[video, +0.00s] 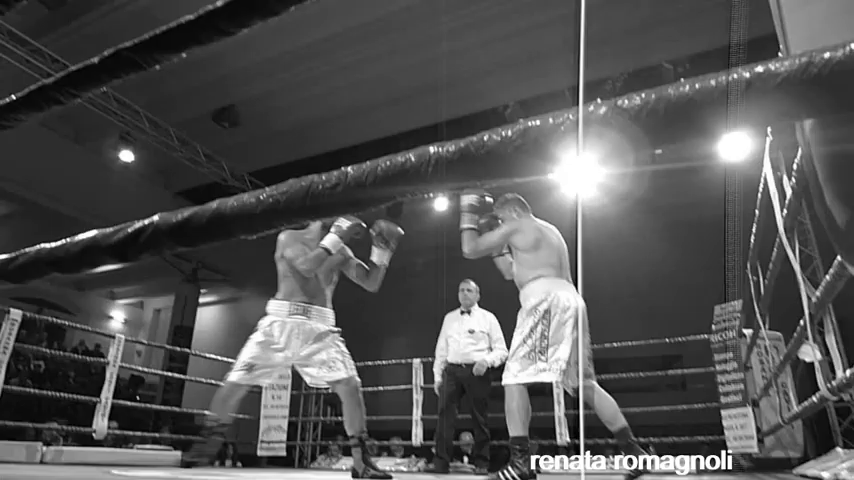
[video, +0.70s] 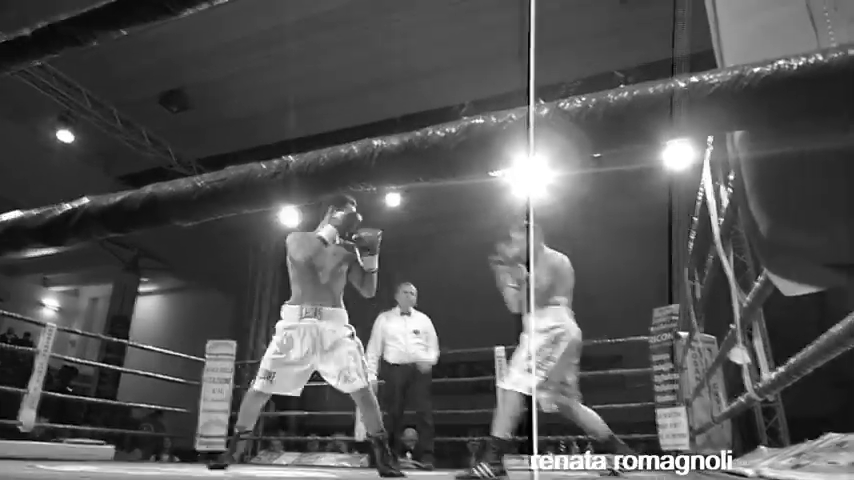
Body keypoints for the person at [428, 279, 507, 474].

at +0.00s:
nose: (465, 294)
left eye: (469, 291)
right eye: (462, 291)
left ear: (478, 295)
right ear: (458, 295)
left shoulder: (488, 318)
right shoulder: (450, 318)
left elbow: (502, 349)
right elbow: (441, 350)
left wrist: (487, 361)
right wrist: (438, 376)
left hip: (477, 369)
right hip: (452, 370)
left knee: (479, 417)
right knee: (445, 413)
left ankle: (481, 462)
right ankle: (441, 460)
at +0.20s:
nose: (454, 309)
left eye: (458, 306)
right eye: (450, 305)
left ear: (466, 311)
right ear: (445, 309)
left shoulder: (475, 332)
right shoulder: (437, 333)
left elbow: (486, 364)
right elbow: (429, 365)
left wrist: (466, 372)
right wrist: (426, 392)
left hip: (464, 384)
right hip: (439, 383)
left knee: (465, 430)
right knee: (433, 429)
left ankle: (468, 471)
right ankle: (431, 470)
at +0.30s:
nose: (442, 297)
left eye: (443, 293)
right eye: (437, 293)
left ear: (444, 296)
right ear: (428, 296)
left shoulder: (453, 319)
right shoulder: (416, 321)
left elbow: (466, 352)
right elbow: (408, 352)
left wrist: (450, 360)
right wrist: (407, 381)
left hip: (447, 372)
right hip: (421, 372)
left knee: (444, 417)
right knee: (417, 418)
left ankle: (453, 461)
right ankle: (416, 460)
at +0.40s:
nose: (422, 281)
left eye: (426, 278)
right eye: (419, 277)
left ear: (433, 282)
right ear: (413, 280)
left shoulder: (441, 304)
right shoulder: (403, 304)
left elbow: (450, 334)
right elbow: (395, 335)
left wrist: (434, 342)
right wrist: (393, 361)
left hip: (431, 352)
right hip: (407, 352)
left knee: (432, 397)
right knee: (404, 398)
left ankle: (435, 442)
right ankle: (404, 441)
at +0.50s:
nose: (393, 273)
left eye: (397, 270)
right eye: (390, 269)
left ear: (401, 274)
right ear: (383, 272)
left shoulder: (410, 296)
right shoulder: (371, 295)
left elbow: (420, 325)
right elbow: (362, 325)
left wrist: (407, 335)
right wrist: (361, 350)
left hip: (401, 344)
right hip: (376, 344)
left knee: (403, 389)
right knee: (375, 389)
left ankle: (405, 432)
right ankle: (374, 431)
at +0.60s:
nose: (388, 279)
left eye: (391, 276)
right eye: (384, 275)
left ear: (396, 280)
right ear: (377, 278)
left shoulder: (404, 303)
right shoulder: (364, 302)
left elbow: (414, 330)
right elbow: (354, 332)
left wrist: (404, 342)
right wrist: (353, 357)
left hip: (396, 351)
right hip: (371, 351)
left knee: (399, 395)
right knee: (370, 396)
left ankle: (401, 439)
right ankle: (369, 440)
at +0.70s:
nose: (410, 297)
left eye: (412, 294)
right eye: (406, 293)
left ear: (416, 298)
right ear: (396, 296)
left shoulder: (423, 320)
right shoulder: (384, 319)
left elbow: (433, 345)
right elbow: (373, 349)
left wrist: (429, 361)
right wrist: (372, 376)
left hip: (419, 369)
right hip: (393, 369)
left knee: (424, 412)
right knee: (392, 413)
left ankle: (426, 456)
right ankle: (390, 456)